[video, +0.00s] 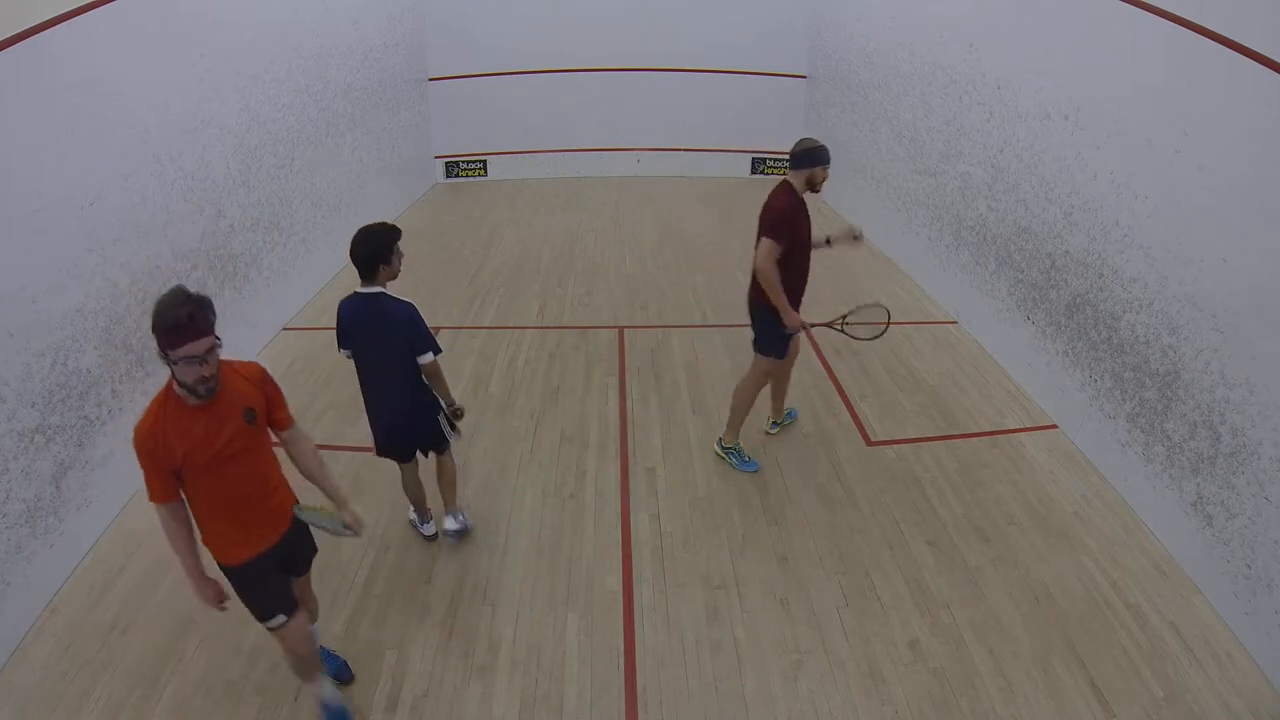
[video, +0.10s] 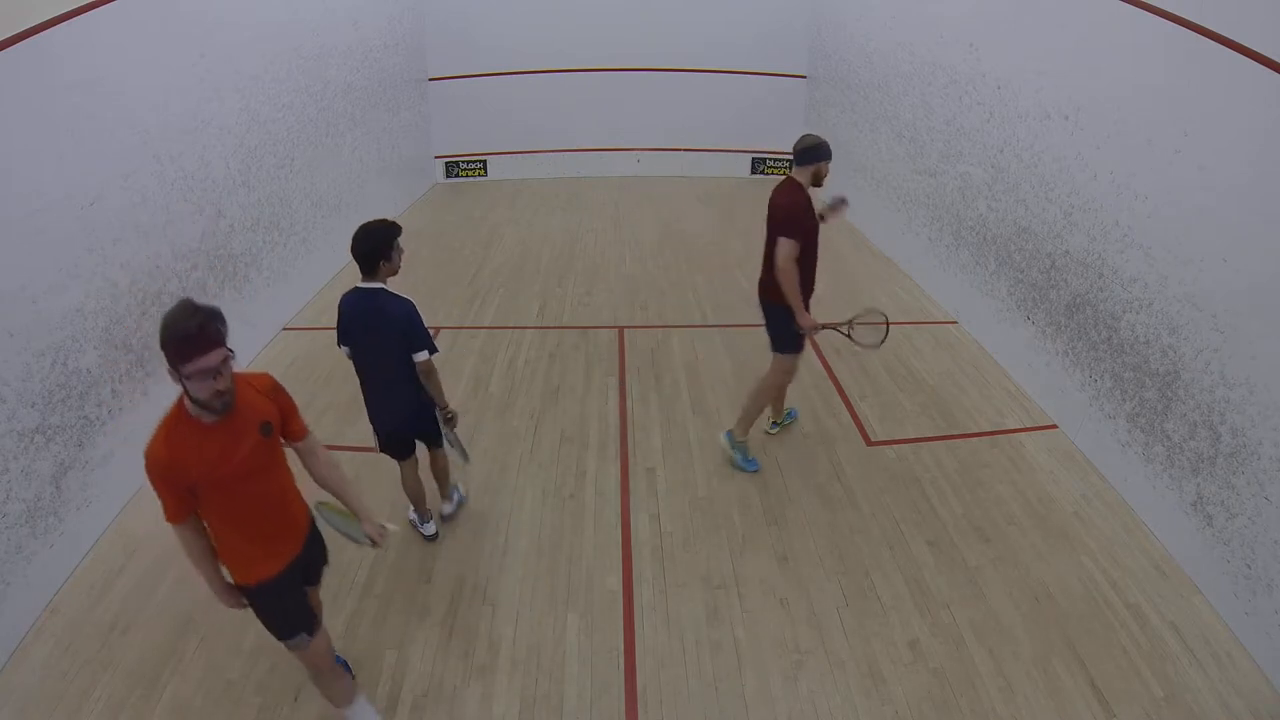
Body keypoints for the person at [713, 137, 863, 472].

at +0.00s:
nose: (827, 176)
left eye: (828, 169)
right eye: (825, 169)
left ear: (802, 168)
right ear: (810, 169)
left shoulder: (792, 198)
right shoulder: (783, 205)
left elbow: (795, 246)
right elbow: (764, 264)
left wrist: (833, 240)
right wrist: (786, 310)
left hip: (785, 300)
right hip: (770, 305)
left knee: (787, 356)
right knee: (761, 371)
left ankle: (778, 416)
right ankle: (728, 441)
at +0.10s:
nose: (828, 171)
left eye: (828, 164)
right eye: (826, 164)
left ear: (801, 162)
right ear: (815, 165)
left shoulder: (791, 191)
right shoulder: (793, 201)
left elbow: (795, 233)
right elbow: (784, 262)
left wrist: (823, 217)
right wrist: (801, 312)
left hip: (783, 294)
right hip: (782, 299)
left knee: (785, 360)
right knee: (783, 368)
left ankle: (778, 415)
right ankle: (737, 435)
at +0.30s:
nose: (831, 163)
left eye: (828, 158)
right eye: (831, 158)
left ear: (801, 158)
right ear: (828, 160)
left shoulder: (783, 188)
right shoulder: (823, 200)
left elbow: (787, 238)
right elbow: (824, 262)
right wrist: (834, 306)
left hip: (776, 287)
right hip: (807, 294)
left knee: (779, 348)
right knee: (818, 354)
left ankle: (777, 415)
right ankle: (780, 415)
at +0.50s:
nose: (832, 163)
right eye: (836, 158)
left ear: (810, 157)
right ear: (837, 160)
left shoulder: (789, 189)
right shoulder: (843, 199)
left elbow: (777, 238)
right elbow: (857, 255)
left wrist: (791, 255)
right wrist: (864, 287)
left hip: (784, 286)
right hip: (821, 290)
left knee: (782, 351)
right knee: (819, 351)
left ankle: (776, 416)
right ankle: (818, 405)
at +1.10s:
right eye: (857, 154)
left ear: (835, 153)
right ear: (861, 156)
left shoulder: (815, 182)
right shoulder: (871, 193)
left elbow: (793, 227)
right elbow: (880, 246)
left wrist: (813, 233)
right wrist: (881, 283)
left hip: (808, 272)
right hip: (842, 279)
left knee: (790, 322)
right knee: (826, 339)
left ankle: (774, 381)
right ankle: (815, 396)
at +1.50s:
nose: (848, 155)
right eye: (850, 152)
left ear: (826, 149)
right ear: (851, 153)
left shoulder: (806, 177)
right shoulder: (851, 189)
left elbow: (799, 216)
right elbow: (869, 238)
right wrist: (897, 241)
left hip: (800, 264)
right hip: (833, 269)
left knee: (790, 318)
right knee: (849, 316)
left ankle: (770, 377)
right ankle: (829, 376)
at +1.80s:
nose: (868, 162)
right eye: (869, 159)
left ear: (845, 158)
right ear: (867, 163)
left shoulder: (827, 181)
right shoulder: (860, 198)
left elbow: (824, 217)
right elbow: (883, 240)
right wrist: (918, 222)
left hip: (813, 265)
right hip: (845, 271)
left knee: (796, 316)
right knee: (855, 318)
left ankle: (771, 373)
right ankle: (861, 367)